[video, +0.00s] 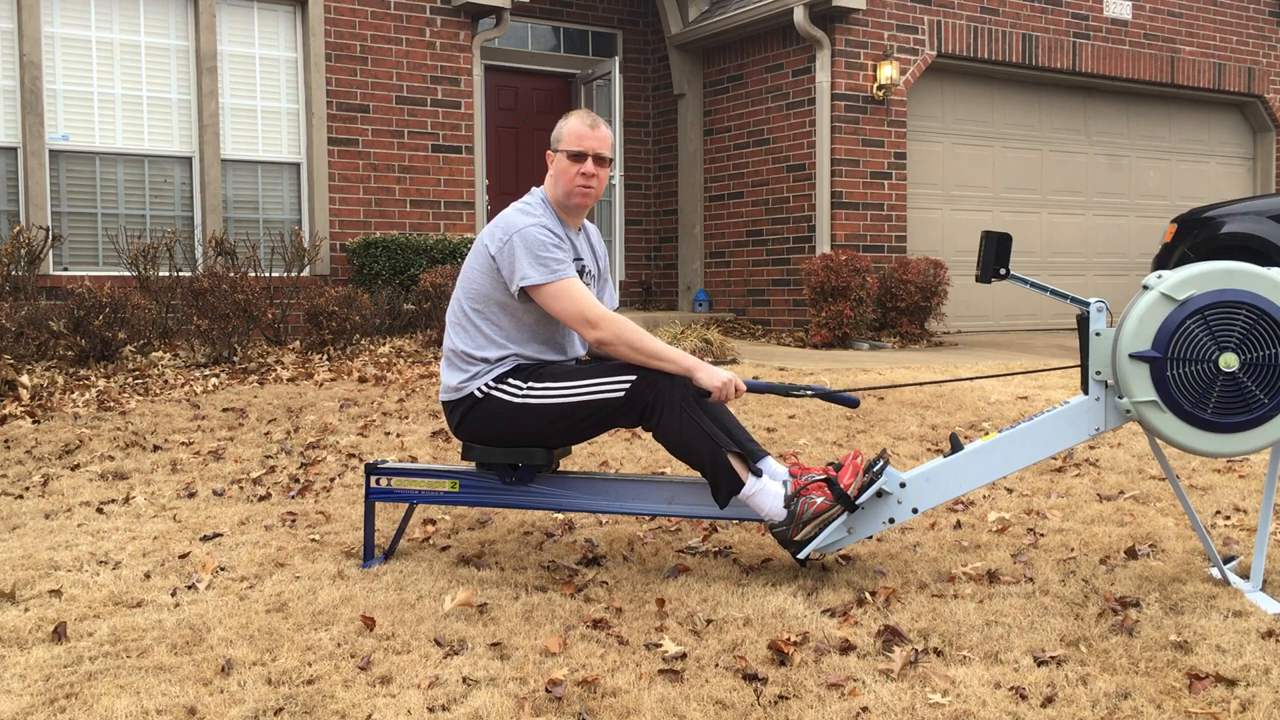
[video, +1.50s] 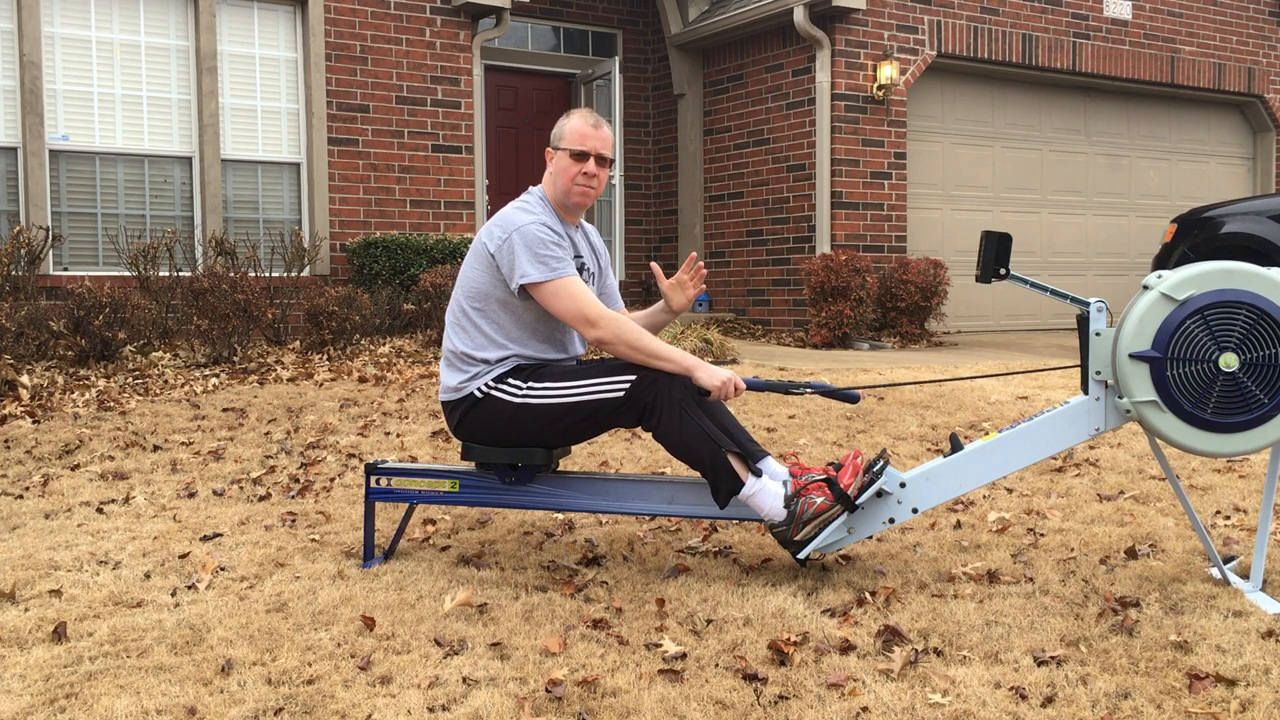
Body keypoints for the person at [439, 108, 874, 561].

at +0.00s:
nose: (589, 171)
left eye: (601, 162)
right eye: (576, 157)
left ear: (610, 171)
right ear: (549, 160)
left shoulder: (590, 240)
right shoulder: (524, 227)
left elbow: (602, 336)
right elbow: (595, 325)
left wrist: (694, 372)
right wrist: (694, 367)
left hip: (543, 376)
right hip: (489, 390)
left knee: (675, 378)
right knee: (653, 386)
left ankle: (786, 485)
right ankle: (777, 510)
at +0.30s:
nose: (588, 172)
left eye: (600, 163)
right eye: (576, 158)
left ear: (609, 172)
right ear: (548, 161)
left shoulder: (589, 239)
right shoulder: (524, 228)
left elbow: (603, 335)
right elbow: (595, 325)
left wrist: (695, 373)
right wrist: (696, 368)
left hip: (543, 376)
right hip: (488, 389)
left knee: (674, 378)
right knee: (652, 386)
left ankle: (784, 483)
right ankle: (776, 509)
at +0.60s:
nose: (592, 173)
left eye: (603, 164)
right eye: (579, 158)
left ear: (611, 173)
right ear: (551, 160)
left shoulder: (586, 238)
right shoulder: (524, 227)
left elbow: (604, 332)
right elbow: (595, 326)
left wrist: (695, 373)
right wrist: (696, 368)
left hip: (542, 375)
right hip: (488, 389)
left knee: (674, 378)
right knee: (652, 386)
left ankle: (785, 484)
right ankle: (776, 510)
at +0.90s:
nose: (593, 172)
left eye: (604, 164)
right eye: (580, 157)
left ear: (612, 173)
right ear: (551, 158)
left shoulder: (591, 240)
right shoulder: (525, 225)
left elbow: (620, 329)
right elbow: (596, 326)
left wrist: (671, 267)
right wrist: (697, 369)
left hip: (543, 376)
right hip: (488, 389)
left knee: (676, 376)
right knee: (651, 387)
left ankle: (786, 484)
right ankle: (776, 510)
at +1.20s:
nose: (592, 172)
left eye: (603, 163)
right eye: (579, 157)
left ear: (611, 172)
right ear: (549, 158)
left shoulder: (589, 240)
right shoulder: (524, 225)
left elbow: (609, 334)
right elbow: (594, 324)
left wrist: (661, 307)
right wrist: (696, 368)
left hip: (543, 377)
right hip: (488, 390)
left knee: (677, 377)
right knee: (652, 386)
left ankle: (787, 485)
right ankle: (777, 510)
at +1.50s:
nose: (590, 171)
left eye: (602, 163)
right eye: (578, 157)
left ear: (610, 172)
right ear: (548, 158)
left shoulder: (590, 242)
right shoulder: (524, 225)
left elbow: (608, 334)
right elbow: (594, 324)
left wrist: (664, 307)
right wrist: (697, 368)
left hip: (542, 378)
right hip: (488, 391)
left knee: (676, 377)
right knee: (652, 387)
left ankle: (789, 486)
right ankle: (777, 510)